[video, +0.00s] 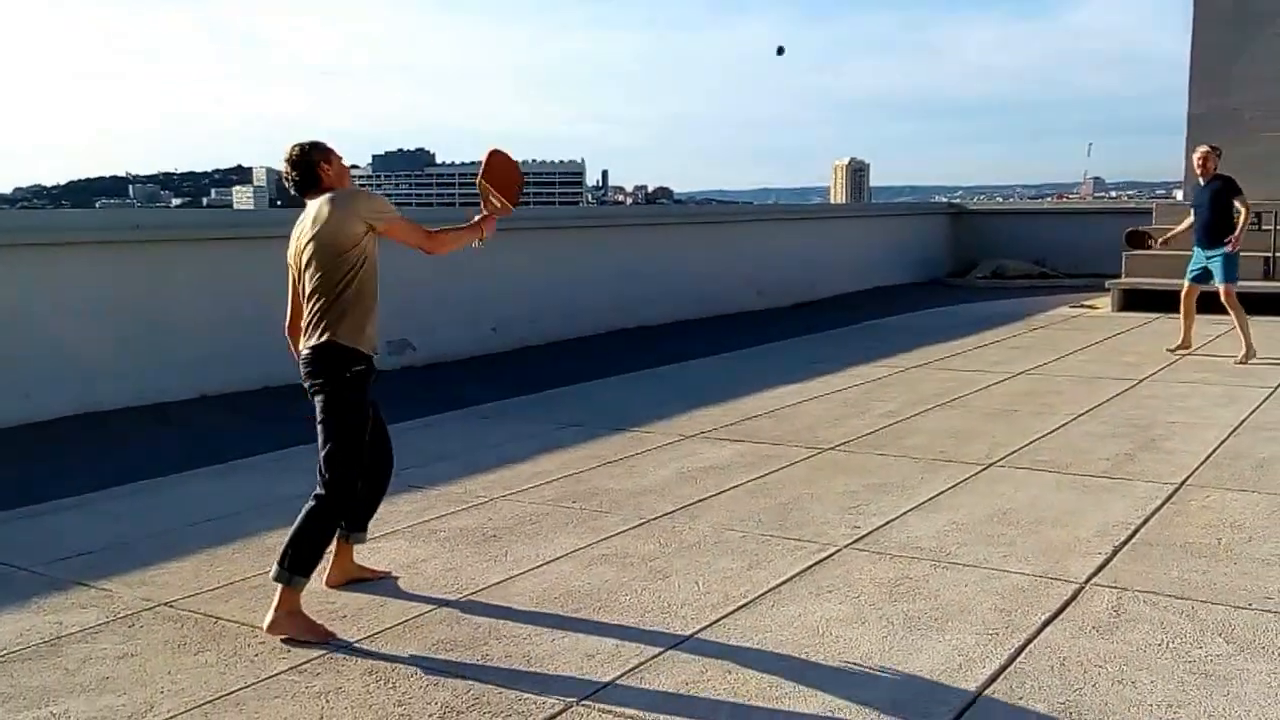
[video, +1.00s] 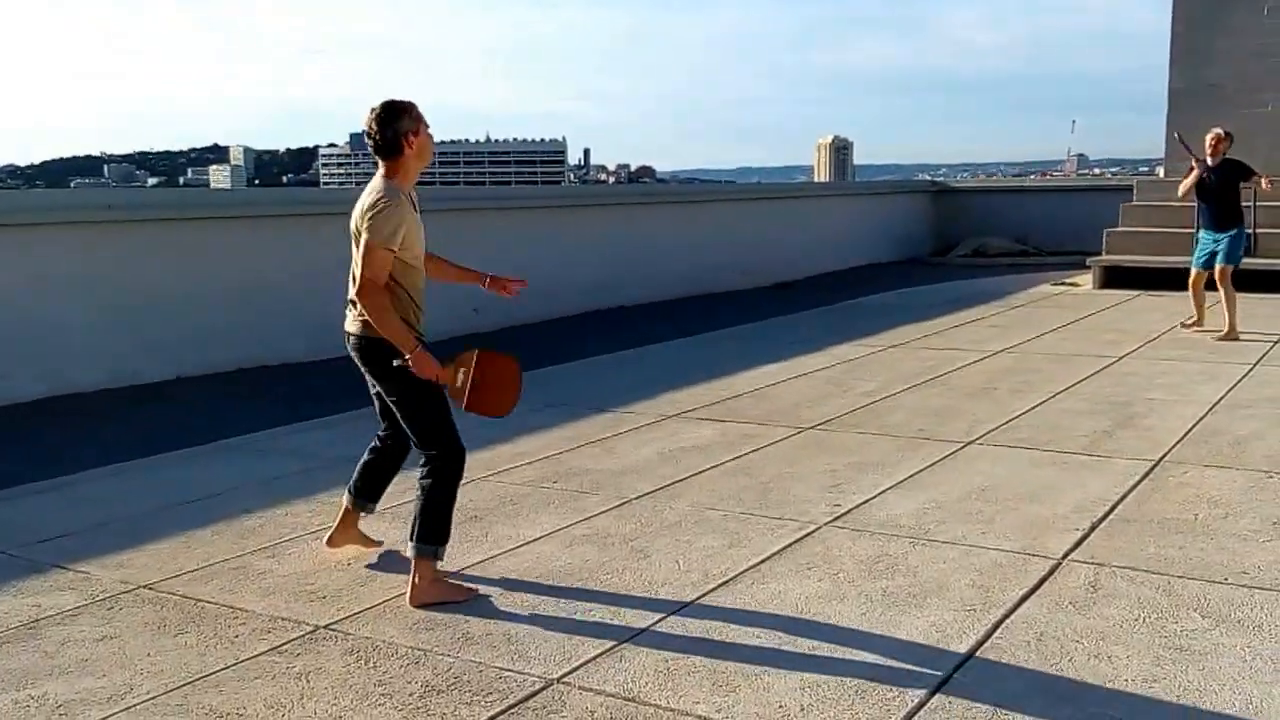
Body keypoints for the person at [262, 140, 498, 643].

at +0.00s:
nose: (346, 163)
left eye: (339, 157)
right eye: (338, 158)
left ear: (309, 178)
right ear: (326, 169)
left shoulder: (302, 229)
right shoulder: (355, 202)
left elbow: (294, 324)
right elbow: (430, 242)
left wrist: (316, 372)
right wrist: (479, 229)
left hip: (322, 361)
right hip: (343, 359)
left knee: (375, 458)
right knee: (336, 485)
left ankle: (343, 563)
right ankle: (284, 608)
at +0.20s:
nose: (372, 163)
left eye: (366, 156)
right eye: (368, 157)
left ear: (330, 174)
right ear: (357, 164)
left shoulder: (311, 224)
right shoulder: (384, 205)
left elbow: (280, 304)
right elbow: (425, 274)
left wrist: (267, 368)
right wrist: (442, 291)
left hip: (322, 346)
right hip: (355, 346)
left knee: (354, 459)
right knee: (364, 469)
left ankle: (338, 556)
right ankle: (336, 599)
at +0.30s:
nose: (388, 164)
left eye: (384, 155)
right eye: (384, 157)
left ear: (341, 169)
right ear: (373, 162)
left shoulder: (319, 218)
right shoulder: (393, 207)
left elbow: (283, 293)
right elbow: (427, 277)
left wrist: (270, 357)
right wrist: (446, 308)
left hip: (324, 344)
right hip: (363, 345)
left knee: (352, 453)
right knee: (395, 465)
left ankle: (335, 556)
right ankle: (388, 589)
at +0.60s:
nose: (415, 129)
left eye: (411, 121)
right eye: (410, 121)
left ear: (368, 129)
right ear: (396, 126)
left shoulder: (341, 180)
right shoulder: (409, 175)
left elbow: (311, 264)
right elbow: (438, 255)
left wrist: (325, 311)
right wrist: (471, 294)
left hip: (355, 322)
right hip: (395, 322)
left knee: (371, 430)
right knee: (426, 440)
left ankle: (338, 535)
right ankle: (438, 570)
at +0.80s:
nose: (435, 138)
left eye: (431, 129)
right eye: (431, 131)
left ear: (388, 142)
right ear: (419, 138)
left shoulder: (370, 190)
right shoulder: (415, 193)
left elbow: (349, 273)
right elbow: (427, 277)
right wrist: (468, 321)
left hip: (356, 335)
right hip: (394, 340)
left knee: (383, 441)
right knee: (450, 449)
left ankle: (353, 545)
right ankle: (430, 575)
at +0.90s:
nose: (440, 143)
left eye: (435, 134)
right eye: (435, 136)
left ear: (392, 146)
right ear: (421, 144)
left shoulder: (376, 192)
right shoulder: (412, 202)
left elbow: (394, 285)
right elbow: (408, 291)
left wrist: (449, 325)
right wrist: (448, 337)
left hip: (357, 337)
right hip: (390, 343)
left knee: (386, 436)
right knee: (453, 451)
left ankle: (351, 543)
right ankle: (429, 577)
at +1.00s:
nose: (432, 136)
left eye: (427, 128)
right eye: (427, 129)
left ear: (397, 144)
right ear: (411, 141)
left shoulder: (395, 196)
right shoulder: (386, 206)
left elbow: (418, 262)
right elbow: (368, 291)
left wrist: (484, 280)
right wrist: (413, 348)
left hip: (378, 340)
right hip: (384, 344)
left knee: (396, 437)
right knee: (445, 452)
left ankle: (345, 527)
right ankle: (425, 577)